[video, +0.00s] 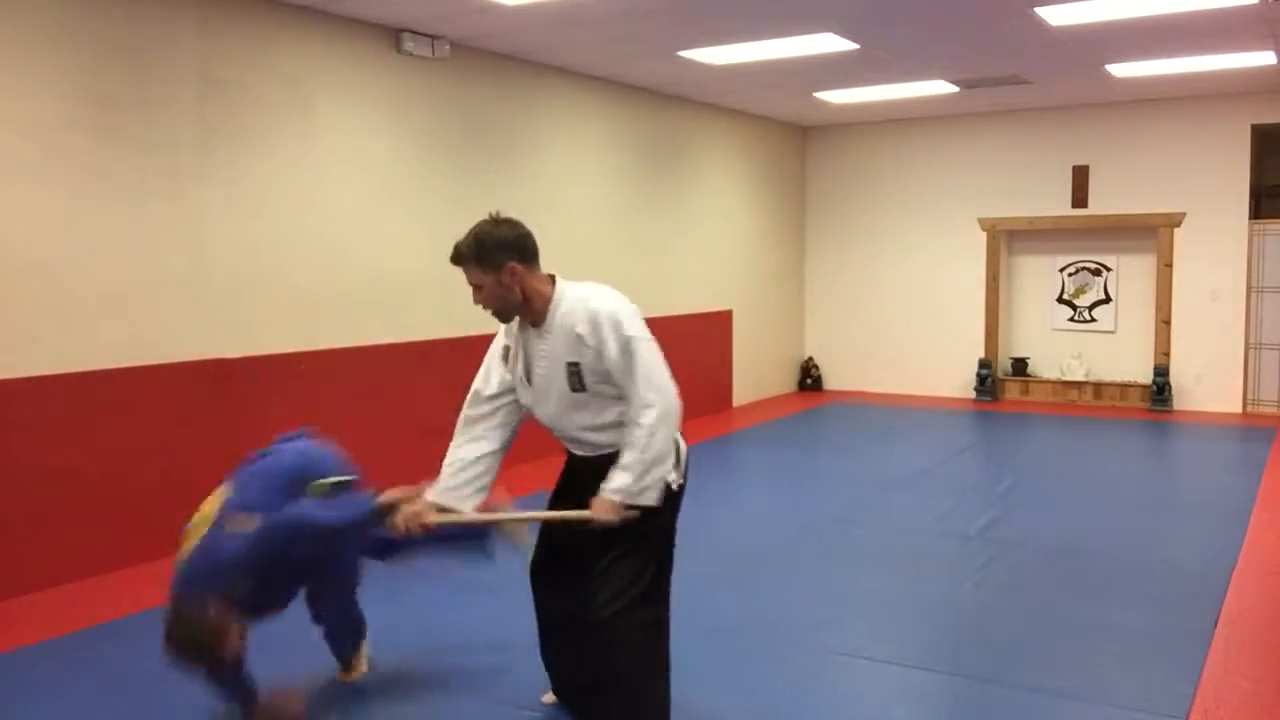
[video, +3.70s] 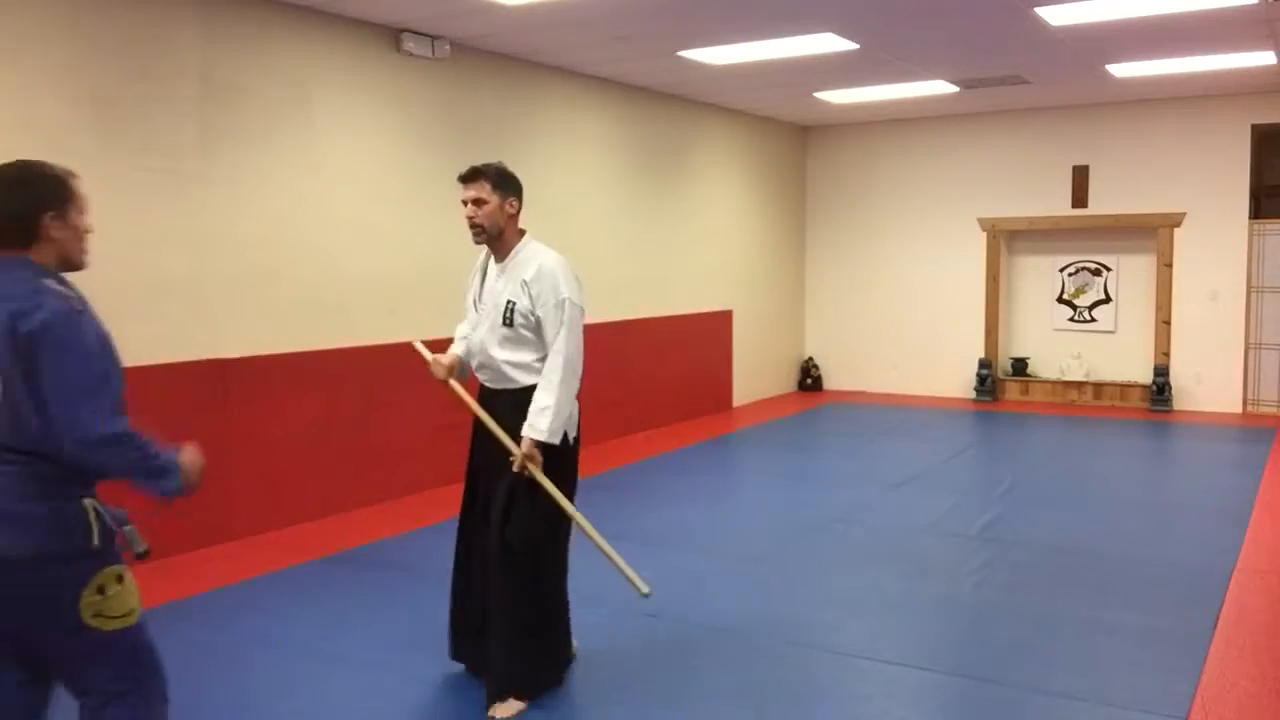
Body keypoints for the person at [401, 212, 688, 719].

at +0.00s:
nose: (476, 300)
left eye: (479, 287)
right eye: (471, 289)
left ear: (513, 277)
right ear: (511, 277)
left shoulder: (603, 314)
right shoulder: (511, 342)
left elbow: (659, 405)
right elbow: (482, 427)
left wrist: (619, 490)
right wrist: (439, 500)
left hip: (643, 468)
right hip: (584, 466)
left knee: (621, 602)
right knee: (551, 578)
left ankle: (633, 708)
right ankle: (577, 688)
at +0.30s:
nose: (496, 315)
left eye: (501, 303)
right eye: (491, 304)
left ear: (538, 289)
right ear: (532, 291)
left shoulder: (626, 322)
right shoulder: (519, 356)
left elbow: (703, 387)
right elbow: (512, 452)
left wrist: (710, 481)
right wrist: (508, 546)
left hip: (650, 478)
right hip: (590, 479)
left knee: (631, 608)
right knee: (550, 580)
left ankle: (651, 710)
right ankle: (580, 690)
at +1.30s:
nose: (538, 244)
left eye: (548, 231)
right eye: (537, 231)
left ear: (590, 232)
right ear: (573, 234)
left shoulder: (651, 301)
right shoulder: (549, 303)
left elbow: (704, 394)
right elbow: (522, 392)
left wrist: (694, 490)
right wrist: (491, 471)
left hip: (643, 469)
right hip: (582, 465)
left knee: (628, 615)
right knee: (568, 598)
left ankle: (643, 712)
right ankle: (578, 703)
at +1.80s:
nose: (548, 195)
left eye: (560, 185)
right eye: (548, 184)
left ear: (600, 191)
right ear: (584, 193)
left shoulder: (633, 270)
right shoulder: (584, 265)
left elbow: (634, 386)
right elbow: (590, 366)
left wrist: (603, 482)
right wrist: (548, 413)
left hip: (625, 446)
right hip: (583, 437)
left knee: (630, 601)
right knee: (584, 595)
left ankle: (638, 707)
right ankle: (585, 700)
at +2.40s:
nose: (520, 201)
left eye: (530, 191)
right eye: (519, 191)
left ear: (567, 196)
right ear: (557, 200)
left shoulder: (587, 261)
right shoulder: (566, 261)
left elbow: (588, 366)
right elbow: (575, 357)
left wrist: (531, 445)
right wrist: (524, 382)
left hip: (590, 440)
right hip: (568, 436)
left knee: (585, 592)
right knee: (564, 590)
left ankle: (594, 709)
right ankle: (571, 707)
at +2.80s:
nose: (493, 200)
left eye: (504, 190)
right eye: (493, 190)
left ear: (540, 196)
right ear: (522, 199)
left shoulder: (555, 259)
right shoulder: (533, 261)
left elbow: (558, 363)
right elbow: (517, 341)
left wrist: (498, 421)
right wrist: (453, 325)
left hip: (561, 430)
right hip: (537, 427)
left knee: (542, 564)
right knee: (540, 563)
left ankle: (537, 699)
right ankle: (551, 694)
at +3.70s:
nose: (469, 213)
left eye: (478, 203)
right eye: (465, 204)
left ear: (512, 206)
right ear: (469, 211)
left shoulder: (549, 270)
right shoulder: (484, 267)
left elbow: (564, 363)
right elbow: (476, 327)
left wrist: (537, 435)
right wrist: (456, 356)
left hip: (541, 415)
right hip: (495, 407)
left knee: (525, 544)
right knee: (486, 534)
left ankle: (518, 682)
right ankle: (495, 651)